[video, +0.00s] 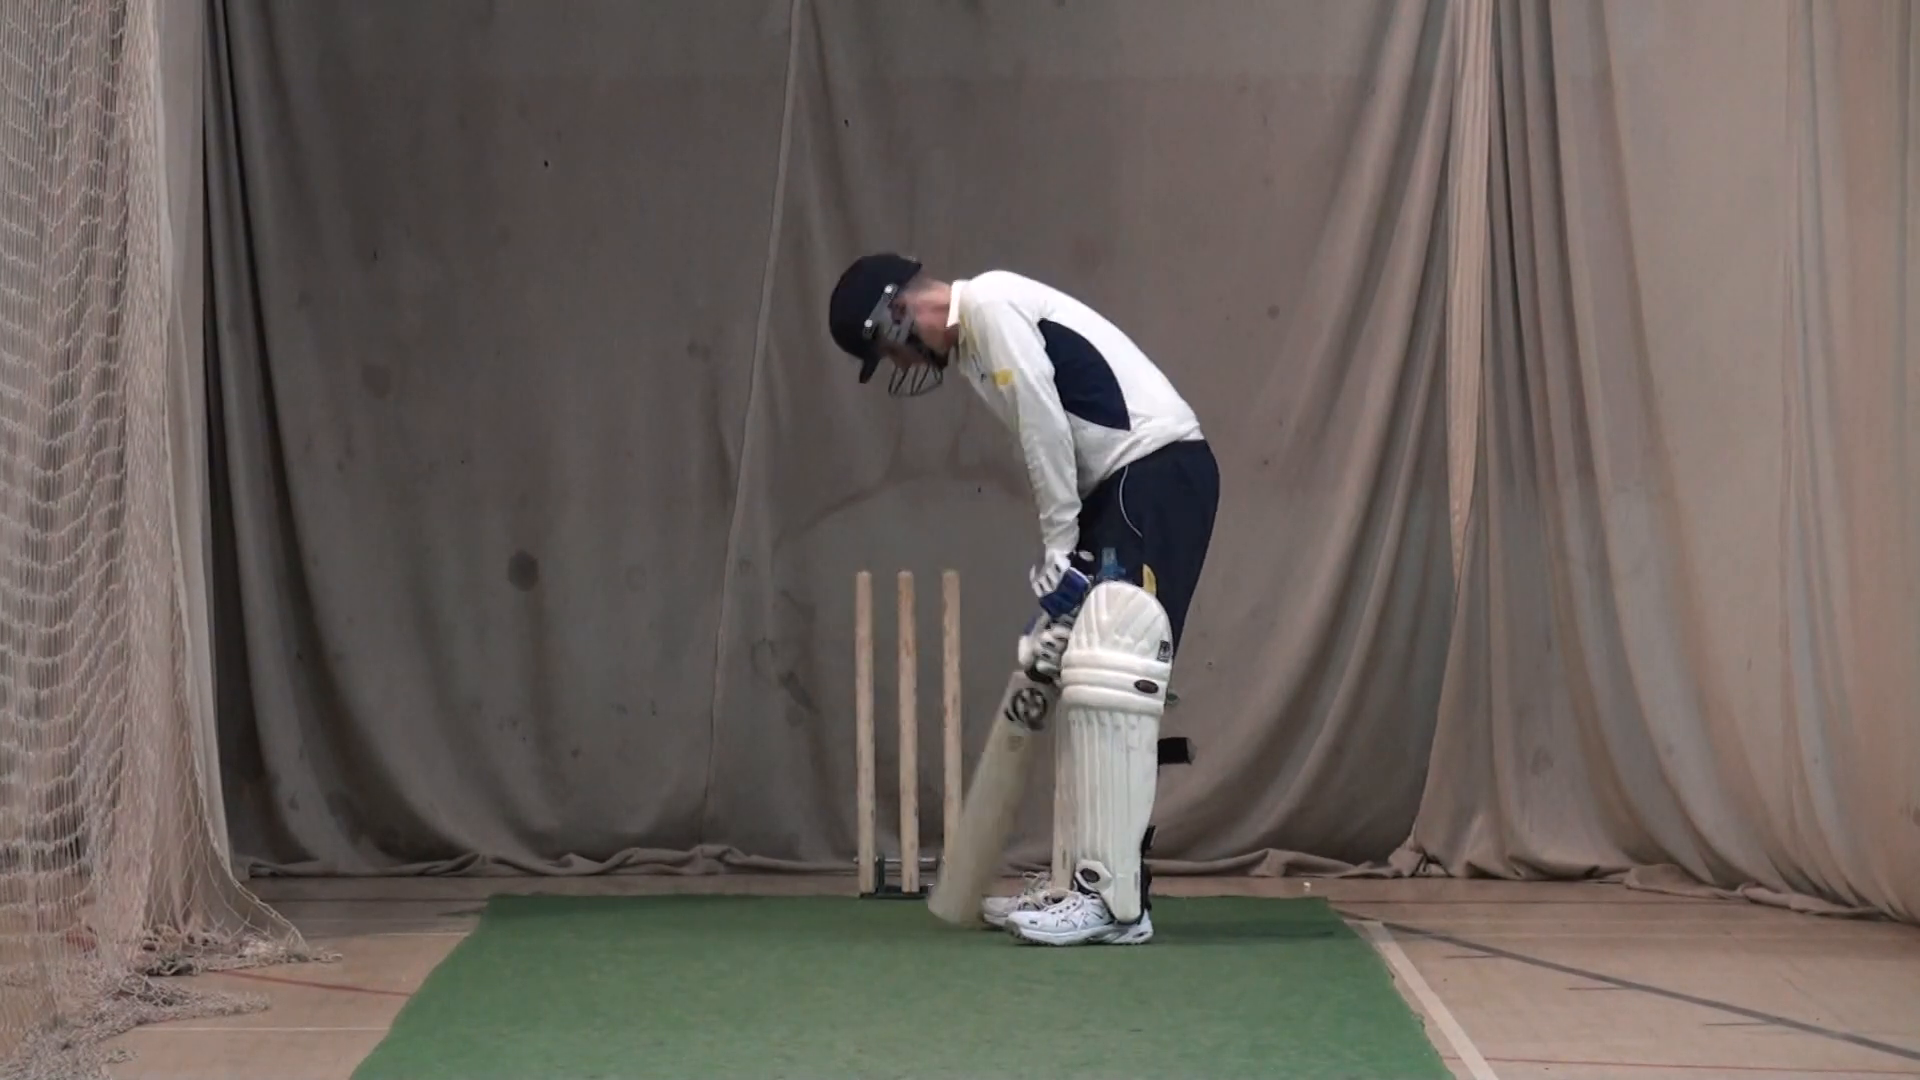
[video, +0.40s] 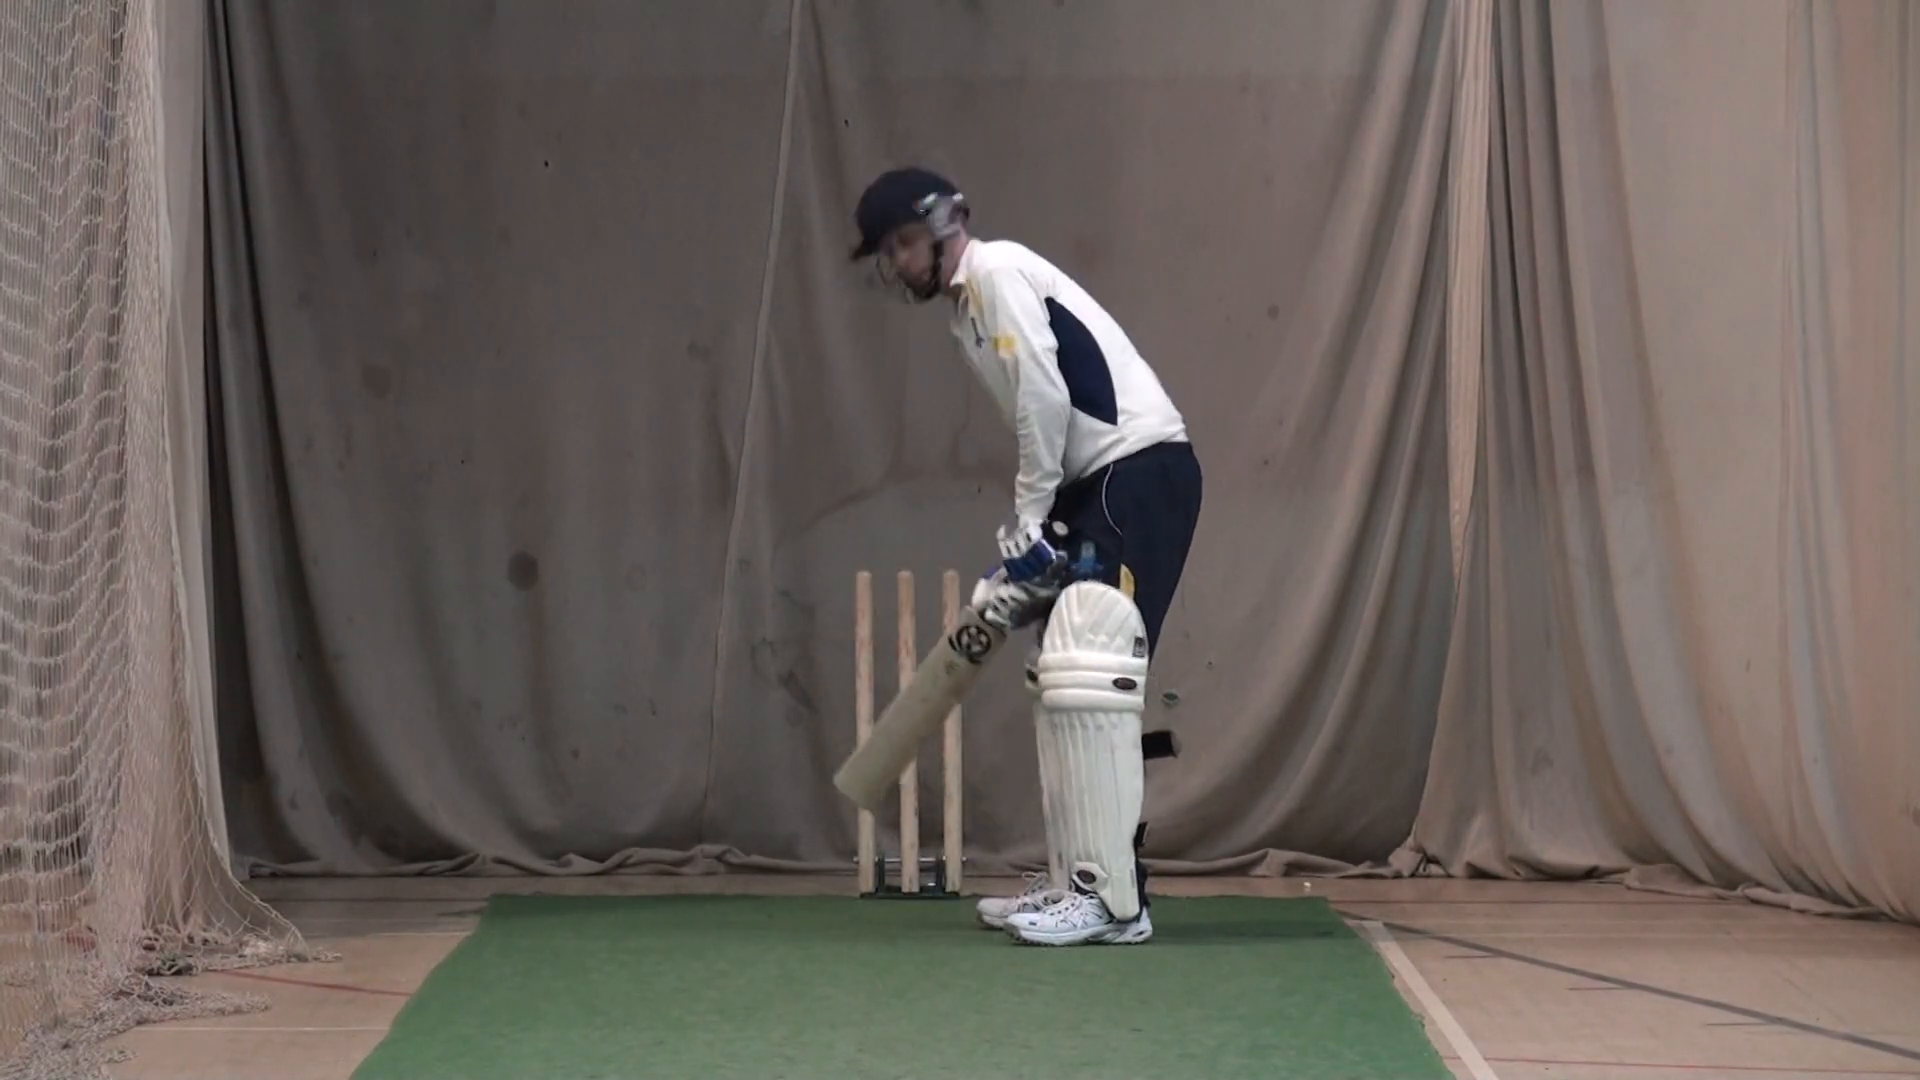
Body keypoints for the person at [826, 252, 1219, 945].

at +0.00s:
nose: (903, 360)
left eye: (892, 344)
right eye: (890, 353)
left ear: (904, 307)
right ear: (907, 306)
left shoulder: (989, 307)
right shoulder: (979, 328)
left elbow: (1047, 436)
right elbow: (1052, 447)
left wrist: (1060, 550)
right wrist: (1058, 583)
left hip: (1157, 472)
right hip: (1122, 483)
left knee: (1117, 683)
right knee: (1097, 681)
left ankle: (1113, 897)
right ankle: (1096, 886)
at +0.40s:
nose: (895, 267)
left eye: (902, 246)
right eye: (885, 254)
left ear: (947, 226)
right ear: (890, 256)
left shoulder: (994, 274)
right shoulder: (971, 305)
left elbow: (1044, 401)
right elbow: (1037, 430)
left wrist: (1029, 524)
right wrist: (1023, 563)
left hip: (1140, 472)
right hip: (1100, 481)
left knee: (1097, 681)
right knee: (1069, 681)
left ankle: (1112, 896)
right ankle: (1079, 883)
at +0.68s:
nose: (953, 212)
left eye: (968, 194)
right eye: (937, 199)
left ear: (996, 195)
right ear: (918, 209)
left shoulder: (1015, 255)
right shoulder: (970, 299)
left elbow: (1053, 394)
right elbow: (1037, 417)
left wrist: (1031, 516)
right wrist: (1025, 533)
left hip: (1134, 470)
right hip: (1088, 478)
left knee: (1086, 675)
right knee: (1056, 674)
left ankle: (1112, 897)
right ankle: (1076, 882)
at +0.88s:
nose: (961, 205)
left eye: (977, 188)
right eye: (946, 191)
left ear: (1006, 191)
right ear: (928, 201)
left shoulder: (1024, 254)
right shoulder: (975, 294)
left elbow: (1063, 392)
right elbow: (1040, 418)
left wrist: (1037, 514)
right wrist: (1024, 530)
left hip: (1136, 471)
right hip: (1089, 478)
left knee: (1089, 677)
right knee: (1054, 673)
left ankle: (1113, 897)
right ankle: (1079, 881)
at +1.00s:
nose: (965, 203)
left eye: (981, 187)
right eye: (950, 190)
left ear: (1010, 189)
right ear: (933, 200)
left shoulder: (1028, 255)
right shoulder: (978, 291)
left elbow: (1067, 391)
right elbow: (1039, 414)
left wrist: (1039, 512)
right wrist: (1029, 526)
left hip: (1135, 471)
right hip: (1090, 478)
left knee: (1091, 677)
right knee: (1057, 675)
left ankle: (1113, 896)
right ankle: (1082, 881)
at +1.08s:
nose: (968, 203)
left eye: (984, 187)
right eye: (953, 189)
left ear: (1013, 189)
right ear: (935, 198)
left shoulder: (1031, 254)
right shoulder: (980, 292)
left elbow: (1069, 391)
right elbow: (1042, 415)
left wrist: (1040, 513)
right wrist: (1028, 527)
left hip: (1137, 471)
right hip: (1092, 478)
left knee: (1094, 678)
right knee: (1058, 675)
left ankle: (1113, 895)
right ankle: (1081, 880)